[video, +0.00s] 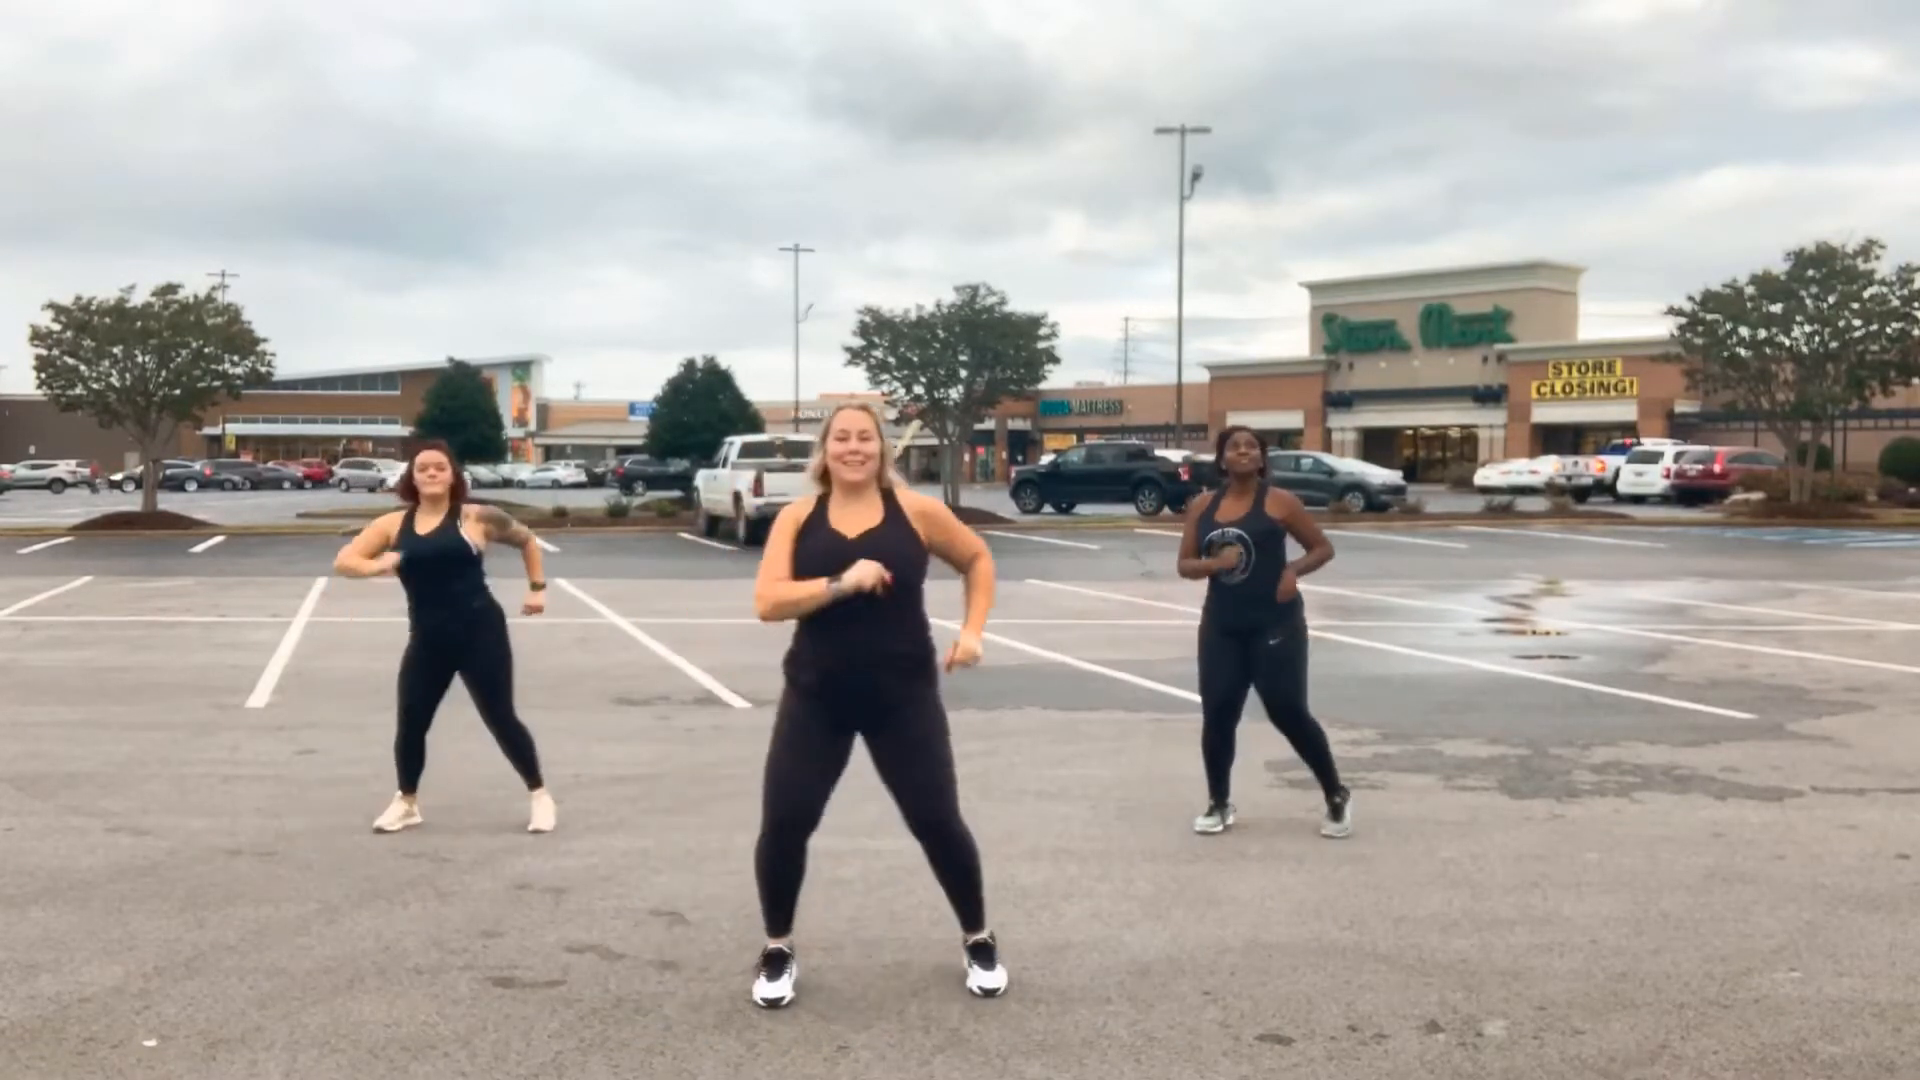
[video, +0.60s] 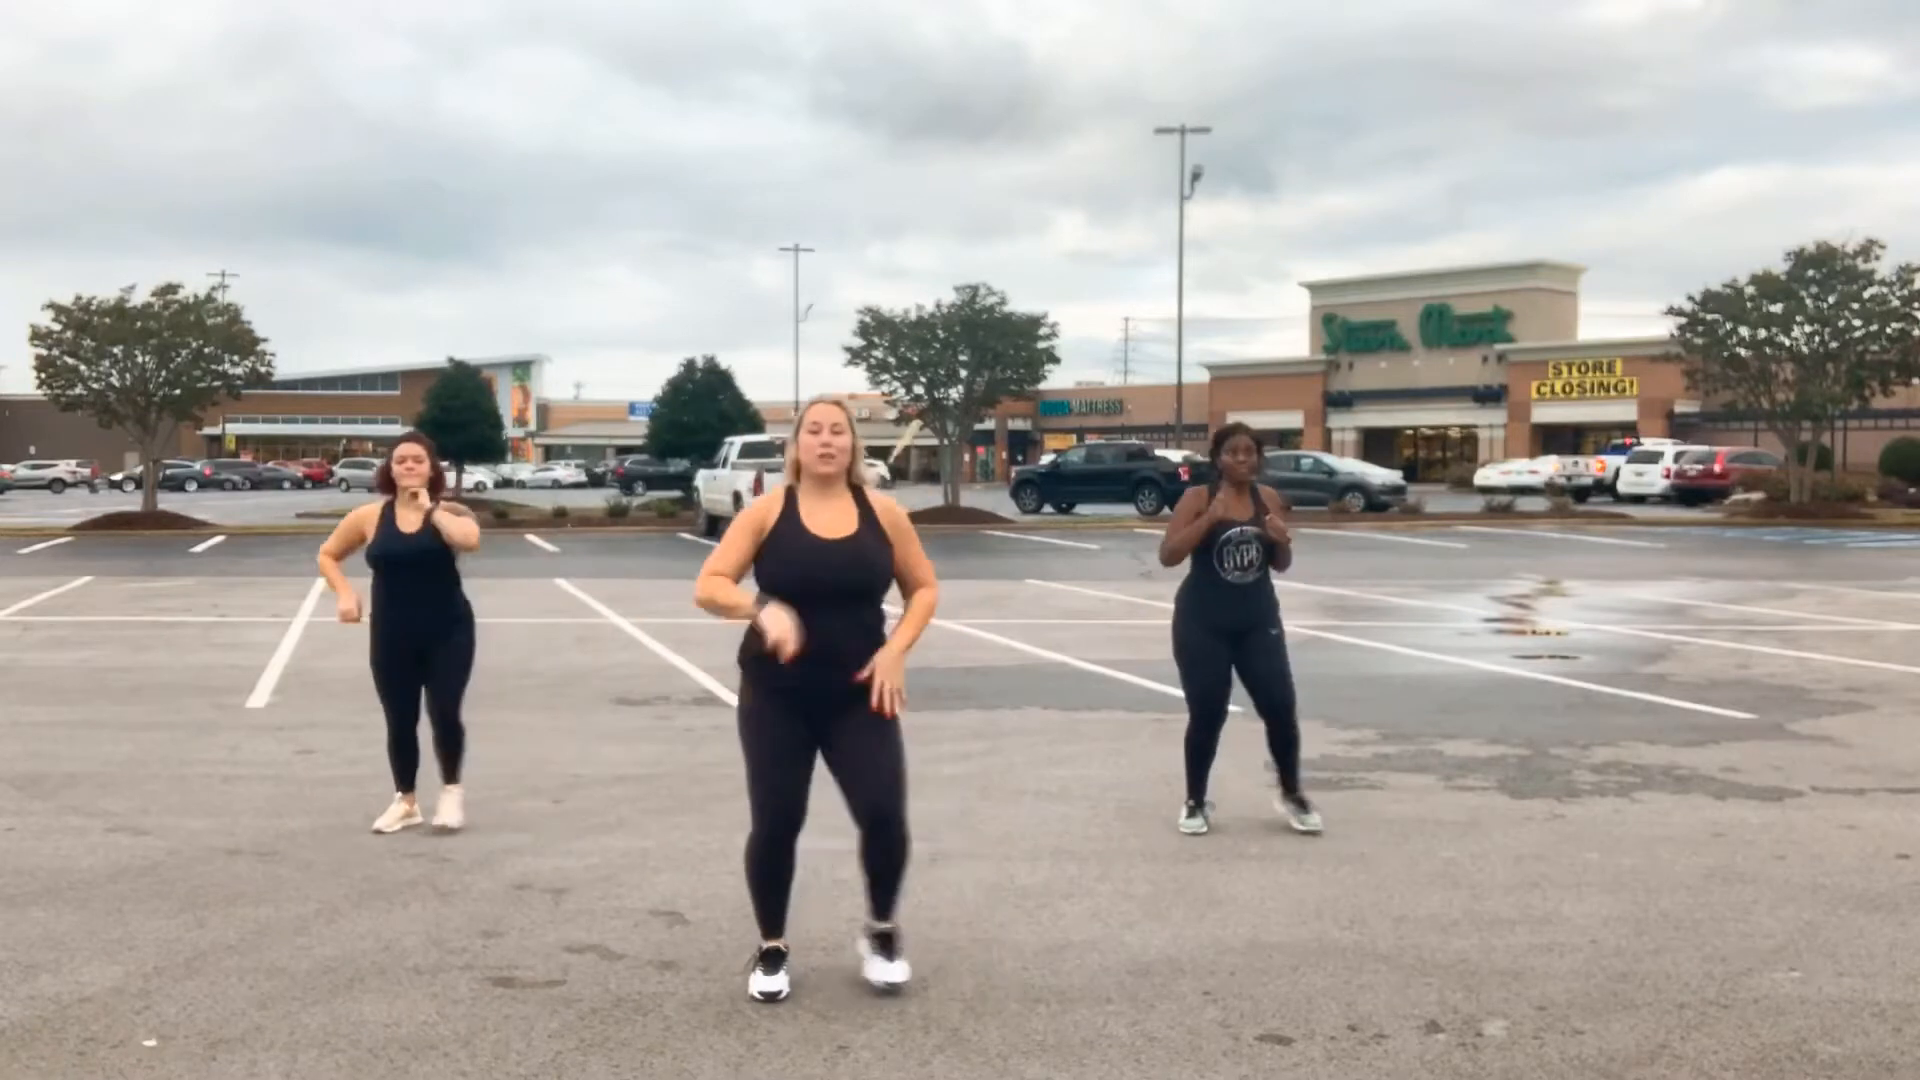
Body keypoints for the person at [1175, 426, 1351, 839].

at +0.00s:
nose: (1243, 454)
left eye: (1250, 447)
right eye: (1235, 448)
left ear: (1262, 457)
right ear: (1222, 459)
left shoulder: (1280, 502)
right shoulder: (1203, 505)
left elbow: (1322, 548)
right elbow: (1184, 565)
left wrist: (1292, 570)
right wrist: (1214, 564)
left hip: (1276, 626)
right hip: (1221, 628)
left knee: (1287, 713)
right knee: (1217, 716)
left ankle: (1336, 797)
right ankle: (1218, 804)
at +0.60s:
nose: (1242, 459)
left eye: (1248, 452)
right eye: (1233, 452)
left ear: (1258, 458)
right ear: (1218, 458)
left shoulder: (1268, 498)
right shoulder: (1198, 497)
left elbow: (1281, 564)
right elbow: (1168, 554)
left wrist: (1278, 540)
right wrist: (1209, 519)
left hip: (1256, 619)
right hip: (1203, 621)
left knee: (1281, 707)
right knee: (1207, 713)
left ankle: (1291, 794)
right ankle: (1195, 802)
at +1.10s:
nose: (1219, 475)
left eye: (1227, 466)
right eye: (1211, 467)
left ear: (1241, 468)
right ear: (1198, 469)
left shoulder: (1257, 501)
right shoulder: (1185, 500)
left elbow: (1281, 563)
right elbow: (1175, 558)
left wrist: (1265, 542)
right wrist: (1203, 510)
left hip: (1238, 621)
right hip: (1183, 618)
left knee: (1251, 710)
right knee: (1179, 698)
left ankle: (1241, 806)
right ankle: (1140, 788)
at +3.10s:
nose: (1190, 477)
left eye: (1199, 469)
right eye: (1183, 469)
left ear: (1217, 467)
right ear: (1176, 467)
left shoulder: (1234, 499)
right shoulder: (1162, 499)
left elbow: (1264, 556)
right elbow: (1138, 559)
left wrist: (1273, 536)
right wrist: (1158, 511)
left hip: (1220, 620)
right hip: (1164, 620)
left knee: (1233, 717)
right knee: (1152, 711)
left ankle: (1242, 803)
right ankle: (1124, 799)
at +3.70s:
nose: (1220, 479)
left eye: (1227, 472)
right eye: (1213, 471)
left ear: (1235, 473)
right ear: (1192, 469)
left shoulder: (1245, 502)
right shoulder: (1168, 501)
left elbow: (1266, 548)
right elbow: (1142, 561)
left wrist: (1242, 500)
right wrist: (1175, 524)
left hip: (1239, 618)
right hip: (1183, 620)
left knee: (1266, 707)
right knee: (1178, 711)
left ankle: (1289, 794)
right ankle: (1171, 803)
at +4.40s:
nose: (1222, 466)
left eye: (1229, 459)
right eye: (1214, 458)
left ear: (1236, 464)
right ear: (1193, 459)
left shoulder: (1242, 501)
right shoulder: (1170, 502)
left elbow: (1255, 557)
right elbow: (1168, 562)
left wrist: (1266, 541)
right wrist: (1212, 532)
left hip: (1235, 619)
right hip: (1181, 622)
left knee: (1253, 705)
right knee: (1188, 710)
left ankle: (1250, 794)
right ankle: (1179, 803)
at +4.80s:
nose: (1223, 459)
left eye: (1227, 452)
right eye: (1213, 455)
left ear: (1237, 458)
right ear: (1196, 465)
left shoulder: (1248, 507)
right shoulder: (1179, 503)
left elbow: (1256, 571)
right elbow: (1150, 563)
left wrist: (1269, 567)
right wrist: (1203, 577)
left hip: (1220, 623)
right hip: (1167, 619)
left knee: (1222, 712)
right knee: (1173, 702)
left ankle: (1214, 804)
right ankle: (1140, 790)